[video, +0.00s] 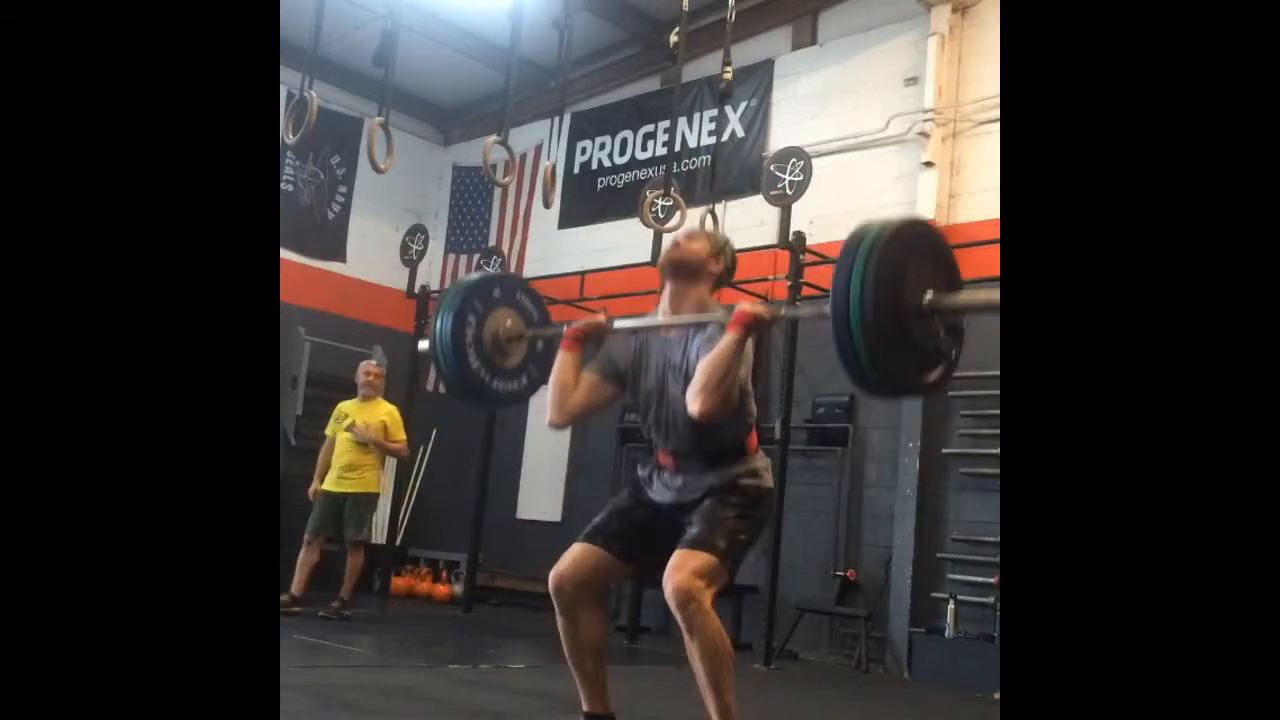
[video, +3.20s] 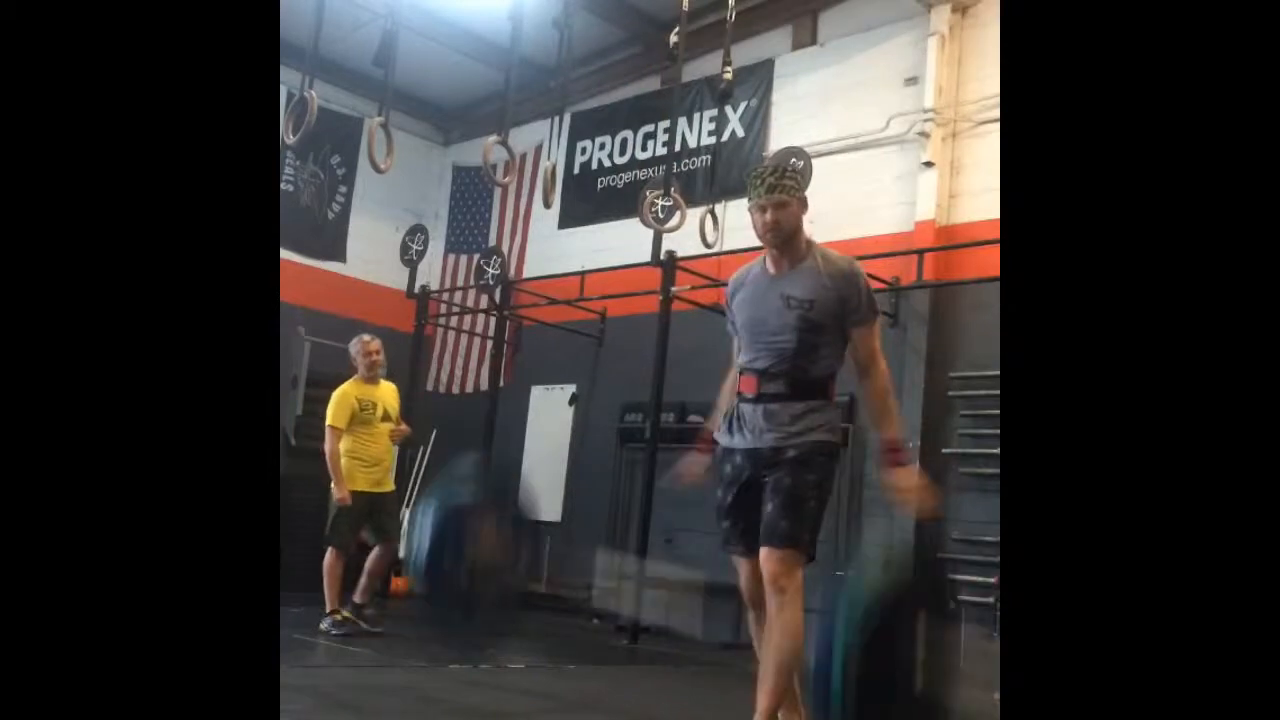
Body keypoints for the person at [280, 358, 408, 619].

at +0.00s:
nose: (370, 379)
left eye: (376, 376)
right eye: (366, 374)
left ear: (383, 382)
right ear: (357, 378)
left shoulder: (389, 412)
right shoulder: (343, 408)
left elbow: (402, 451)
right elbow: (328, 445)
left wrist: (370, 439)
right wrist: (317, 479)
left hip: (363, 488)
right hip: (332, 484)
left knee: (355, 544)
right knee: (311, 539)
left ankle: (343, 600)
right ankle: (293, 595)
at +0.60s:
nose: (325, 372)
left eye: (330, 368)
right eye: (320, 367)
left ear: (337, 373)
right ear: (311, 371)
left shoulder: (351, 403)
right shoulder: (297, 405)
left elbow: (371, 438)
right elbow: (286, 443)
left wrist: (347, 435)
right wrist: (282, 476)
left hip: (336, 488)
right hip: (299, 485)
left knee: (335, 546)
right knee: (288, 540)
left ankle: (337, 597)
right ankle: (282, 593)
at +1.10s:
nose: (307, 370)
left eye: (311, 366)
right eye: (302, 365)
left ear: (316, 370)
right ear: (289, 368)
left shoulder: (330, 398)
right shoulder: (282, 399)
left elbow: (353, 432)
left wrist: (327, 429)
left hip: (318, 478)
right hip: (285, 479)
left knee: (321, 531)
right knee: (284, 540)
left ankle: (317, 588)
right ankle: (280, 592)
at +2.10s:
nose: (350, 364)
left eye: (355, 360)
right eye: (345, 358)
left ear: (360, 366)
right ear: (333, 362)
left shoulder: (370, 401)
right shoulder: (311, 396)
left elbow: (385, 438)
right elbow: (294, 436)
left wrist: (366, 434)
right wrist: (285, 471)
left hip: (346, 486)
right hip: (310, 480)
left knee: (328, 545)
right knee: (292, 539)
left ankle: (313, 605)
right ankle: (281, 594)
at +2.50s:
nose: (360, 363)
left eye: (364, 359)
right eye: (354, 358)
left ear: (369, 365)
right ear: (341, 364)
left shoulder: (376, 401)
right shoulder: (323, 395)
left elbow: (386, 439)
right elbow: (302, 438)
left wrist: (380, 438)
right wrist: (298, 478)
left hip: (359, 485)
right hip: (326, 480)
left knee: (340, 545)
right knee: (327, 541)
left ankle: (313, 603)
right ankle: (324, 605)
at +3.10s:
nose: (369, 357)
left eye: (373, 352)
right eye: (362, 354)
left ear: (379, 356)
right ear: (351, 360)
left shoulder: (388, 390)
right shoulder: (341, 393)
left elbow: (392, 427)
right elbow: (327, 441)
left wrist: (401, 431)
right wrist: (337, 481)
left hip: (377, 486)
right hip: (347, 485)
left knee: (376, 545)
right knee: (337, 547)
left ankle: (337, 594)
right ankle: (330, 612)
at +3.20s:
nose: (374, 358)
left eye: (378, 353)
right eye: (368, 354)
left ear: (384, 356)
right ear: (356, 360)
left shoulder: (391, 390)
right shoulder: (345, 394)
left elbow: (395, 426)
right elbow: (331, 443)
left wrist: (404, 432)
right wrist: (338, 485)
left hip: (384, 487)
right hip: (352, 487)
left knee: (388, 544)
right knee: (338, 548)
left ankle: (359, 603)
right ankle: (331, 612)